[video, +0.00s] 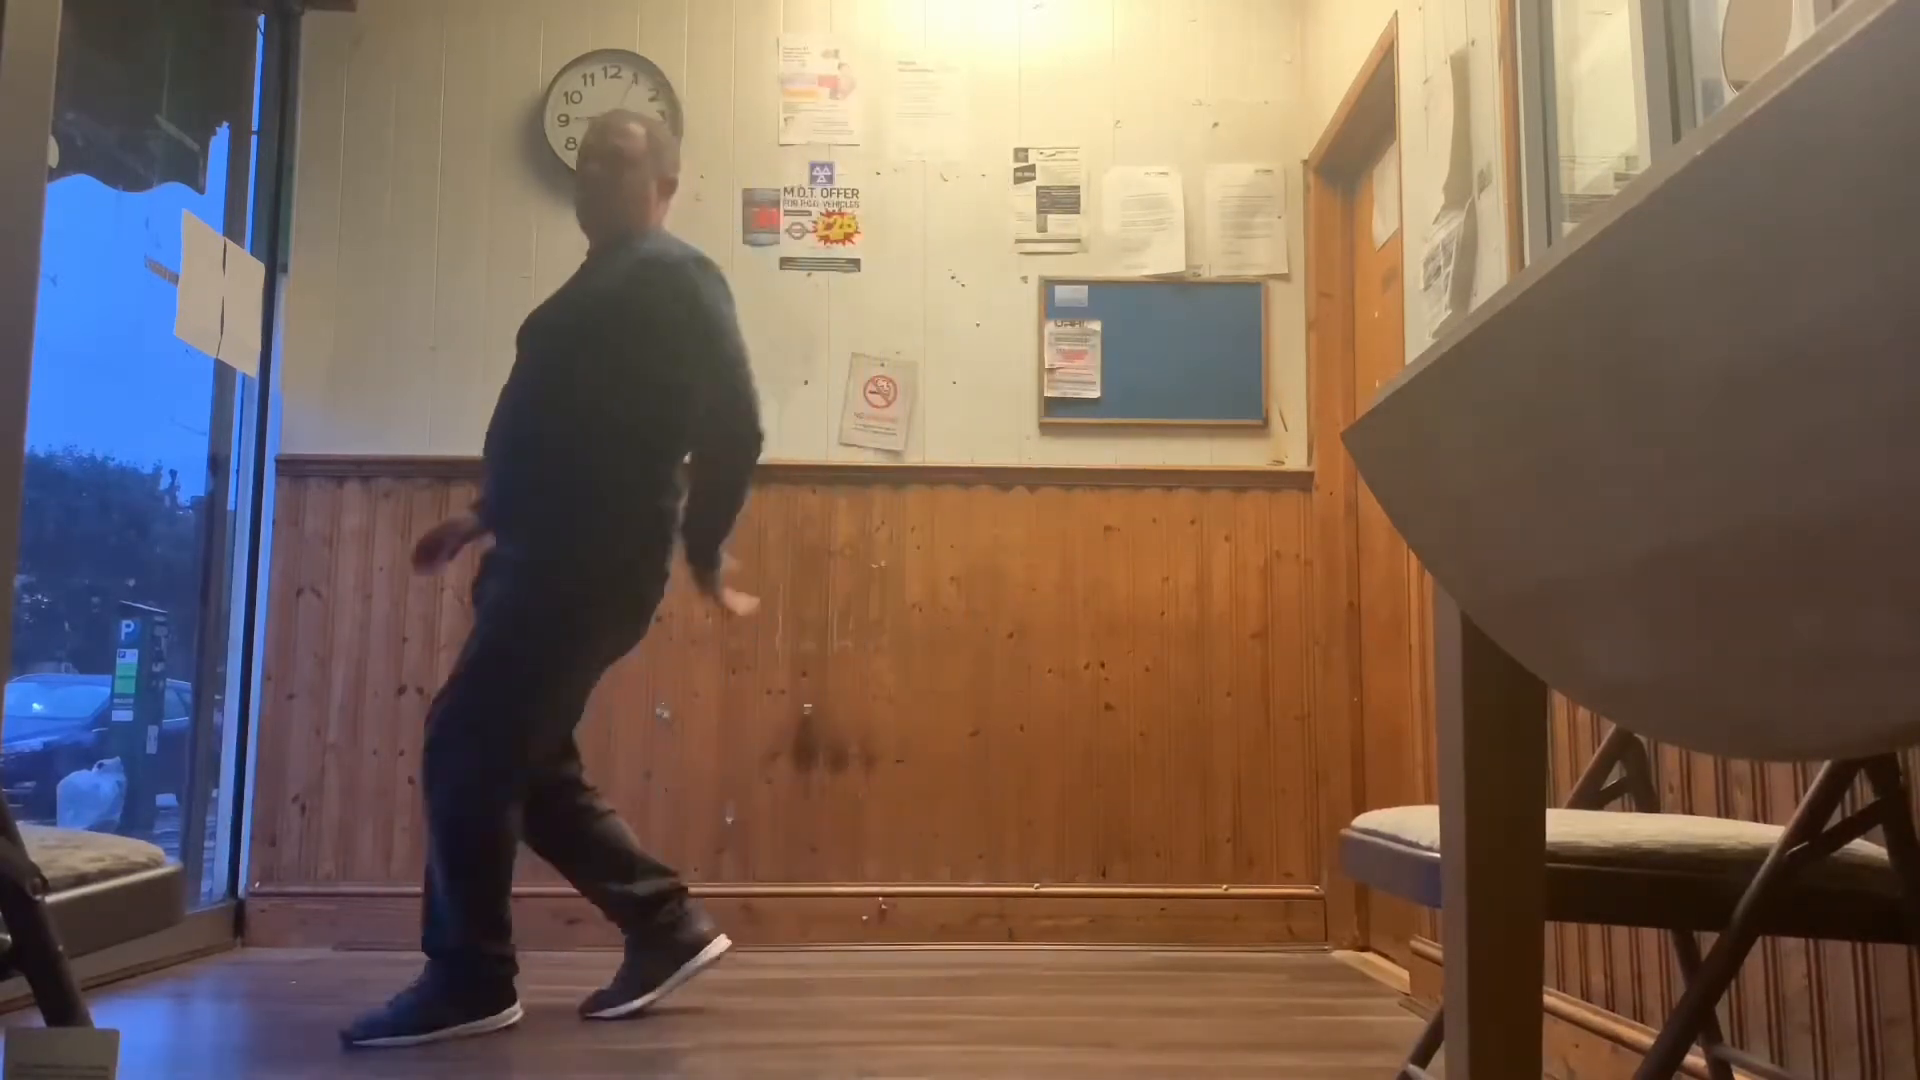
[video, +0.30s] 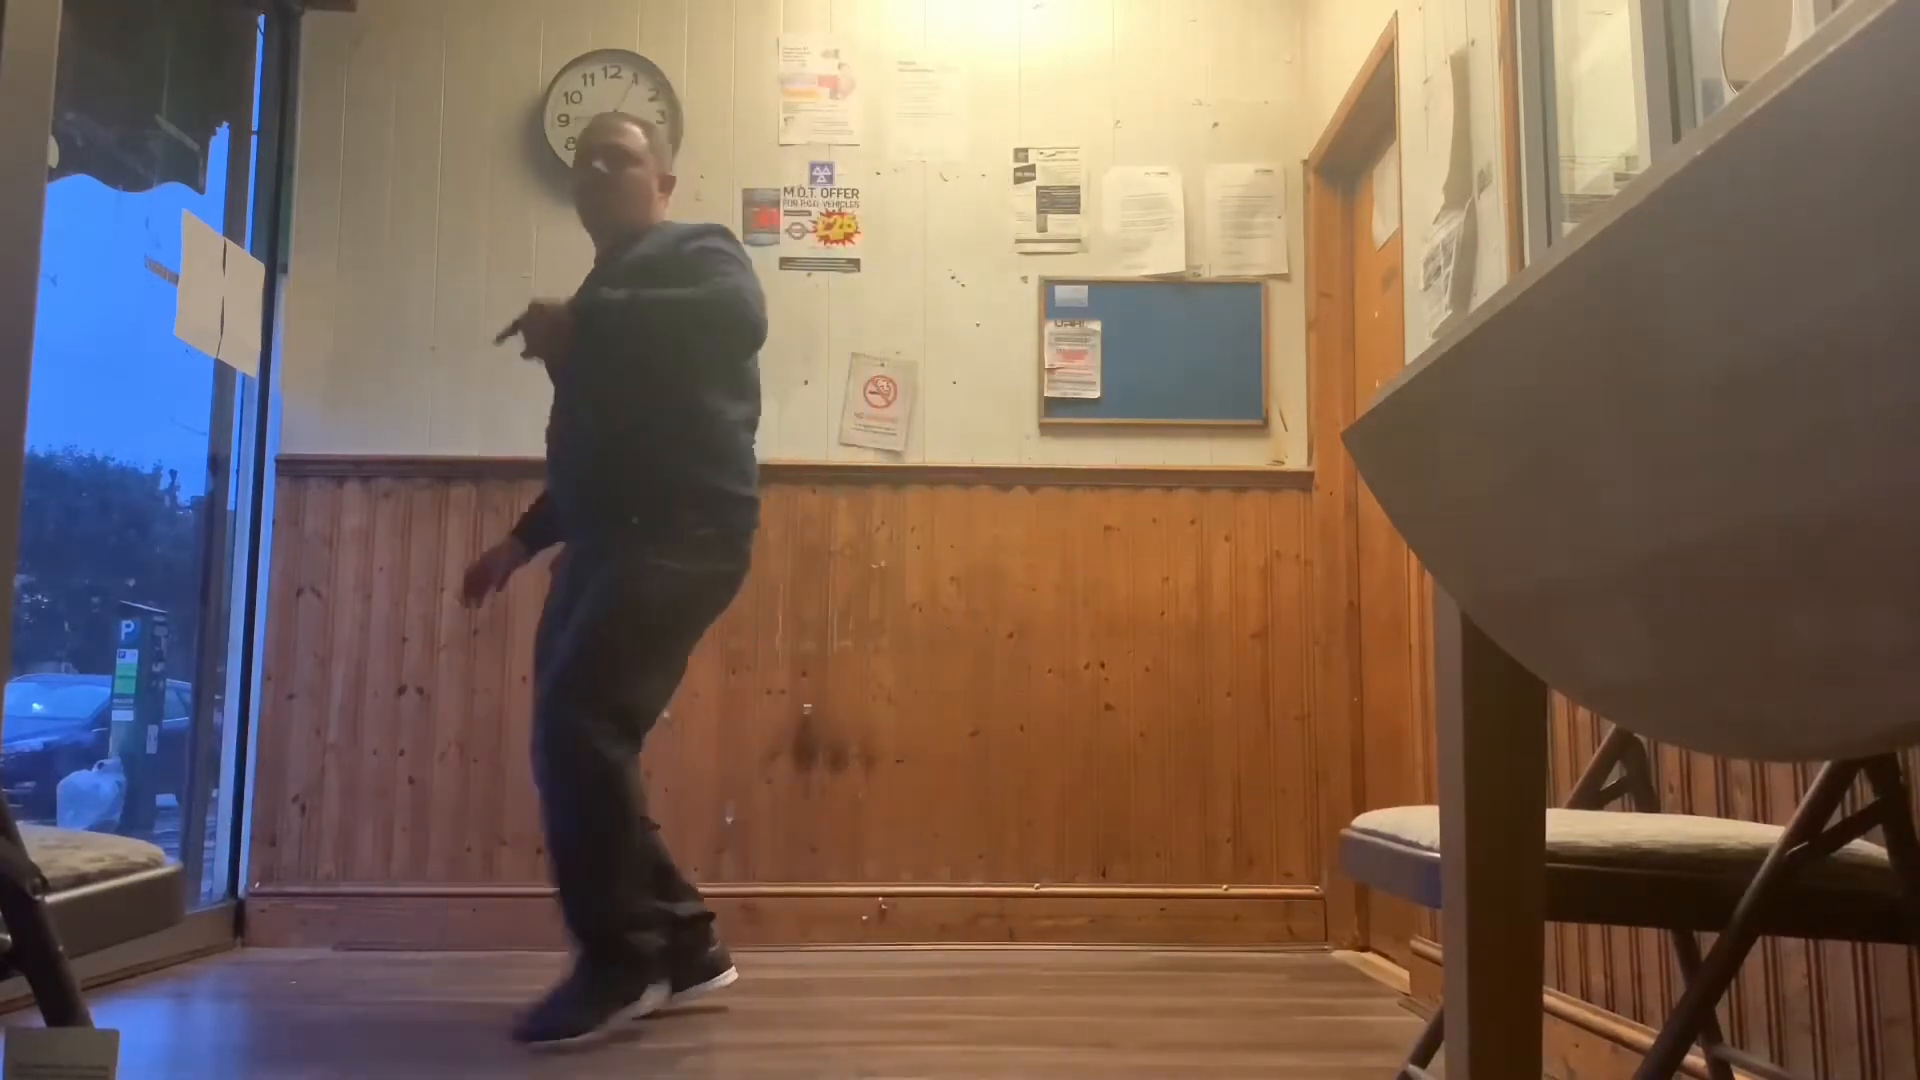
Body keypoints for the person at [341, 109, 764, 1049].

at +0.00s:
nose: (592, 181)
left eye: (613, 165)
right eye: (588, 166)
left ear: (661, 186)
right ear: (580, 181)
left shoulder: (679, 278)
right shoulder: (574, 300)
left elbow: (732, 425)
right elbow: (555, 437)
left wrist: (703, 542)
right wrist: (480, 519)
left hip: (588, 564)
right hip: (540, 562)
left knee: (465, 744)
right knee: (527, 762)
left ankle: (470, 975)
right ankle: (663, 926)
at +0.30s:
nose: (597, 169)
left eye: (620, 155)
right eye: (586, 159)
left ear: (664, 182)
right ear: (576, 191)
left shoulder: (700, 247)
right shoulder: (585, 307)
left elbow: (739, 311)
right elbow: (589, 464)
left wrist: (578, 320)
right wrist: (517, 545)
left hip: (682, 529)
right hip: (607, 540)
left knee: (578, 725)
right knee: (575, 730)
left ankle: (617, 954)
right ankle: (679, 936)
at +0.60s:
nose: (678, 108)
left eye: (701, 101)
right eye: (666, 99)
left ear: (737, 135)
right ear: (647, 132)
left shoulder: (765, 183)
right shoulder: (633, 249)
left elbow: (811, 269)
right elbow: (640, 368)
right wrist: (621, 459)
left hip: (792, 479)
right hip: (690, 499)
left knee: (835, 667)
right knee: (687, 727)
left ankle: (918, 869)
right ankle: (751, 938)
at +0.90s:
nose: (828, 127)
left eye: (844, 115)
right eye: (808, 112)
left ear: (866, 140)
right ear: (773, 136)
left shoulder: (915, 244)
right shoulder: (714, 251)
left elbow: (971, 388)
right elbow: (671, 373)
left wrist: (967, 515)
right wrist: (682, 461)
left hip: (898, 532)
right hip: (770, 537)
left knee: (945, 739)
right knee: (768, 754)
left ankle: (981, 965)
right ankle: (786, 952)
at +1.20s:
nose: (959, 96)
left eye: (964, 85)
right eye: (933, 83)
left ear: (977, 118)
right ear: (887, 118)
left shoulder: (1018, 238)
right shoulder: (830, 225)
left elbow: (1054, 388)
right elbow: (765, 377)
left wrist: (1086, 512)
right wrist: (769, 517)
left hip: (998, 544)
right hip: (873, 545)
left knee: (1022, 772)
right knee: (871, 768)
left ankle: (980, 987)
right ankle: (821, 967)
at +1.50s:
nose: (966, 77)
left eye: (975, 65)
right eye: (942, 63)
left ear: (988, 94)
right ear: (893, 95)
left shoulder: (1046, 193)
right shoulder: (830, 219)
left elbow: (1117, 312)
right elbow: (774, 367)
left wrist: (1166, 409)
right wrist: (781, 490)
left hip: (1049, 526)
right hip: (920, 539)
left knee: (1096, 763)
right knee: (966, 787)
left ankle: (991, 977)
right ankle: (991, 1034)